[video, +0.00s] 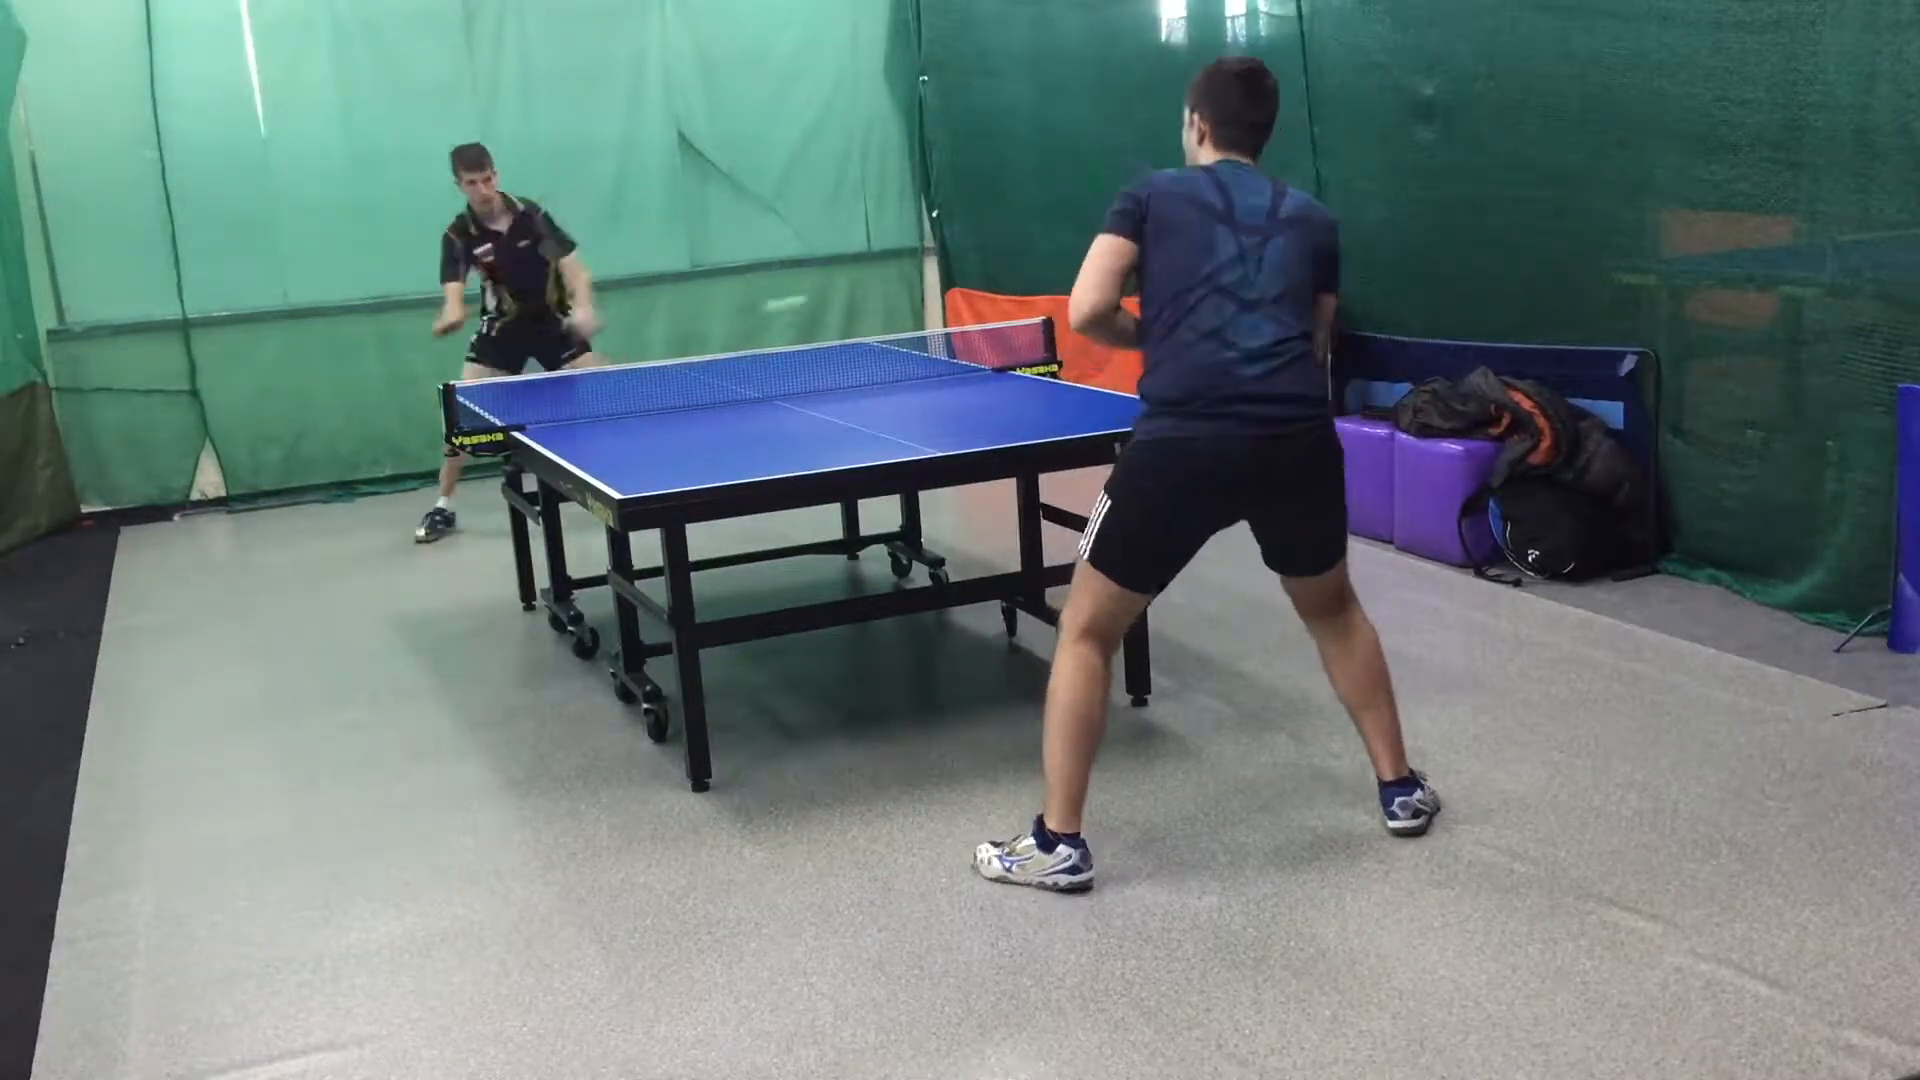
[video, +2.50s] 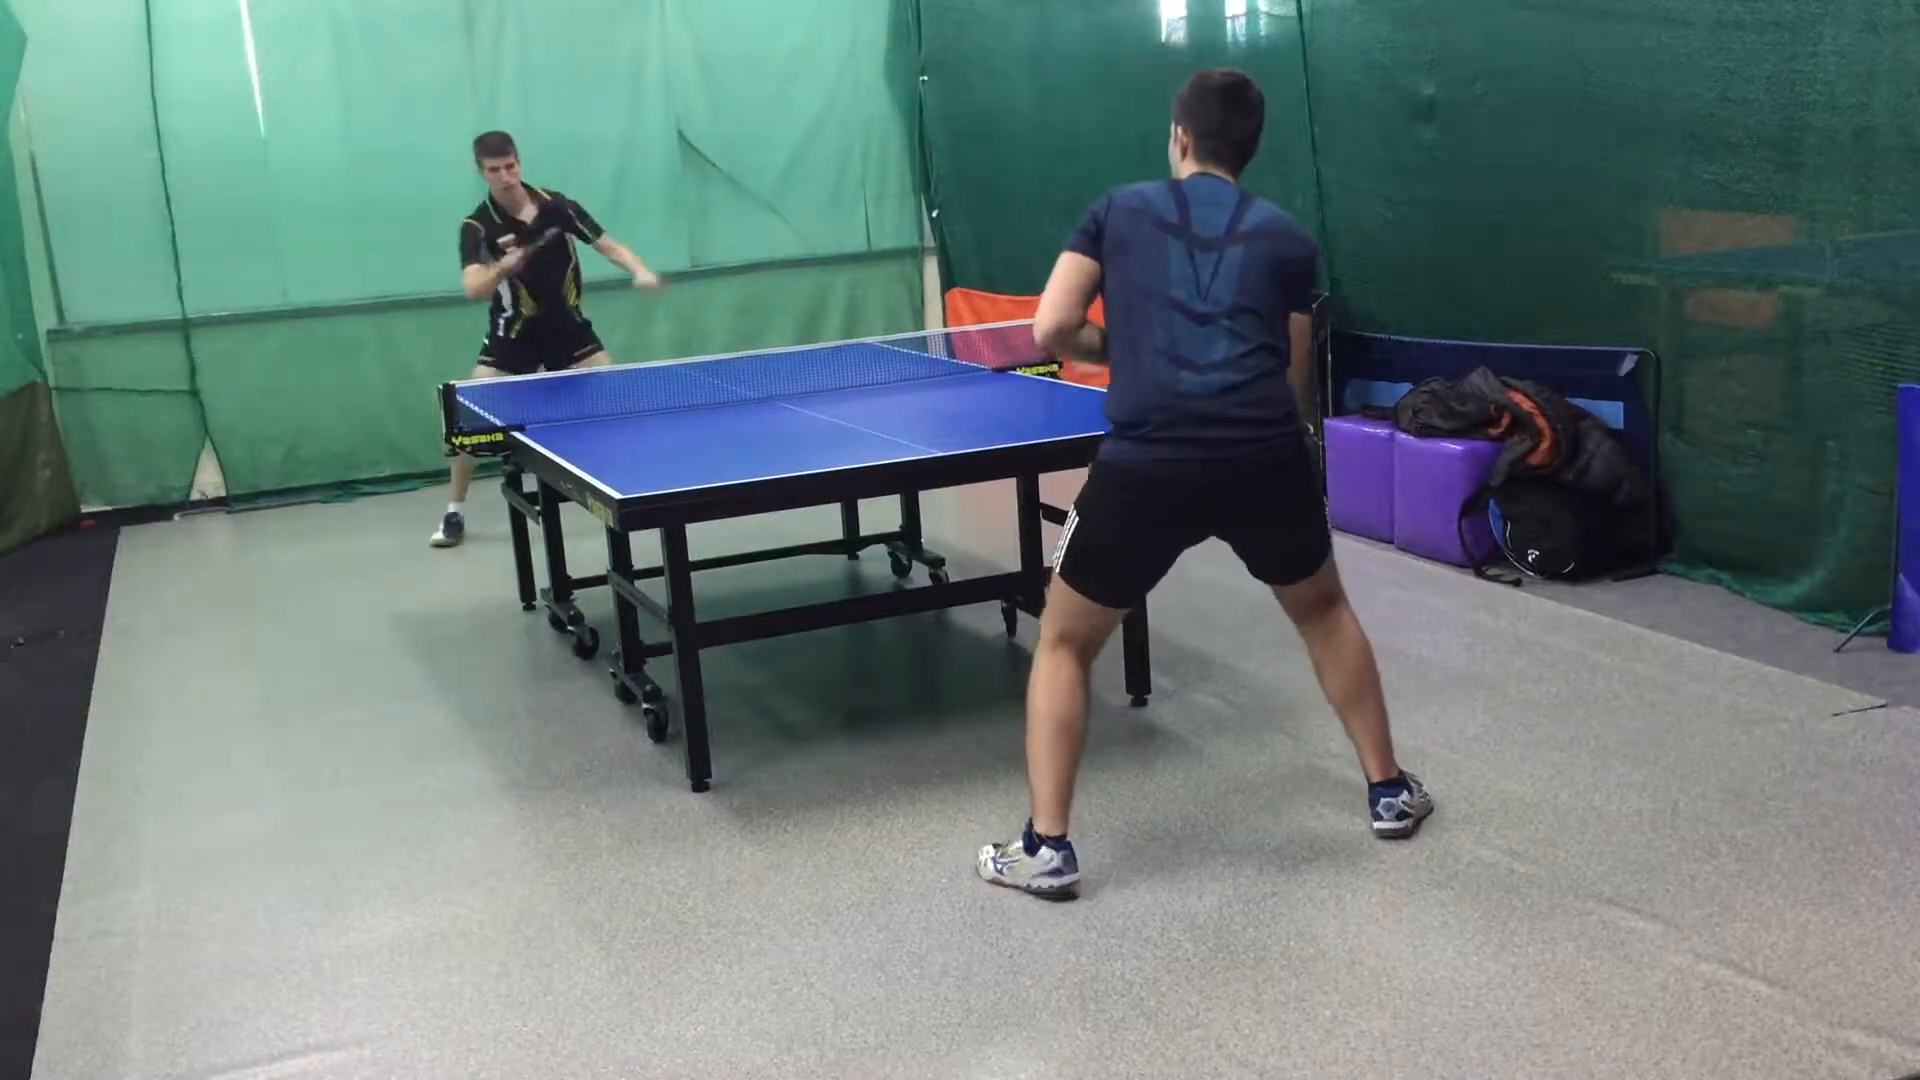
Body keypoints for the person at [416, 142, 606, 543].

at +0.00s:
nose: (483, 190)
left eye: (487, 180)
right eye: (473, 184)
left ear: (496, 176)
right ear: (460, 186)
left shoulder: (530, 215)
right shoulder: (459, 234)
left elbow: (575, 269)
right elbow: (455, 300)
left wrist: (583, 308)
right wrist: (452, 318)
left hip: (551, 319)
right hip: (501, 325)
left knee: (603, 388)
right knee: (466, 407)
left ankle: (626, 484)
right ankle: (443, 505)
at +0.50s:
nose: (447, 176)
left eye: (452, 166)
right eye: (438, 171)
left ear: (468, 163)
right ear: (432, 176)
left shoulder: (506, 203)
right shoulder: (440, 217)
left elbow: (571, 234)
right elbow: (467, 231)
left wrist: (593, 217)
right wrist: (517, 184)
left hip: (529, 330)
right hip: (481, 344)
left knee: (584, 388)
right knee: (455, 431)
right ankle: (437, 510)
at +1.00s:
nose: (419, 228)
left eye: (424, 217)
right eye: (409, 221)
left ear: (435, 209)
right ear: (398, 221)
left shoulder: (469, 249)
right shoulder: (415, 264)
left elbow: (484, 316)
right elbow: (421, 336)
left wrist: (440, 352)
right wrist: (371, 374)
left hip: (534, 353)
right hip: (485, 357)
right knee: (430, 423)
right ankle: (442, 511)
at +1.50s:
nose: (436, 190)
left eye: (439, 181)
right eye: (425, 185)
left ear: (448, 179)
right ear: (410, 189)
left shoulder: (474, 221)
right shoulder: (411, 237)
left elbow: (539, 252)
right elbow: (433, 284)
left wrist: (569, 241)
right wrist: (469, 225)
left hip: (480, 348)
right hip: (434, 361)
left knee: (552, 394)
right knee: (423, 451)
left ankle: (592, 493)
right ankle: (380, 526)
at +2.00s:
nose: (421, 224)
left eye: (426, 213)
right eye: (411, 217)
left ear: (439, 202)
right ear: (403, 216)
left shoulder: (475, 240)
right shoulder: (430, 253)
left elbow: (513, 289)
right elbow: (443, 317)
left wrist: (461, 326)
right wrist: (394, 352)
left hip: (543, 345)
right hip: (494, 344)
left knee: (567, 425)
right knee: (441, 419)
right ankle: (439, 515)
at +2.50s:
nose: (504, 176)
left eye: (509, 166)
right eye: (495, 170)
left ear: (519, 163)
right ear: (482, 173)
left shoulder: (556, 206)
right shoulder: (478, 225)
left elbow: (607, 246)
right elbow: (473, 286)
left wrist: (640, 268)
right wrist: (503, 266)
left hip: (568, 328)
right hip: (510, 338)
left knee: (617, 398)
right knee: (473, 416)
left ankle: (635, 491)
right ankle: (454, 512)